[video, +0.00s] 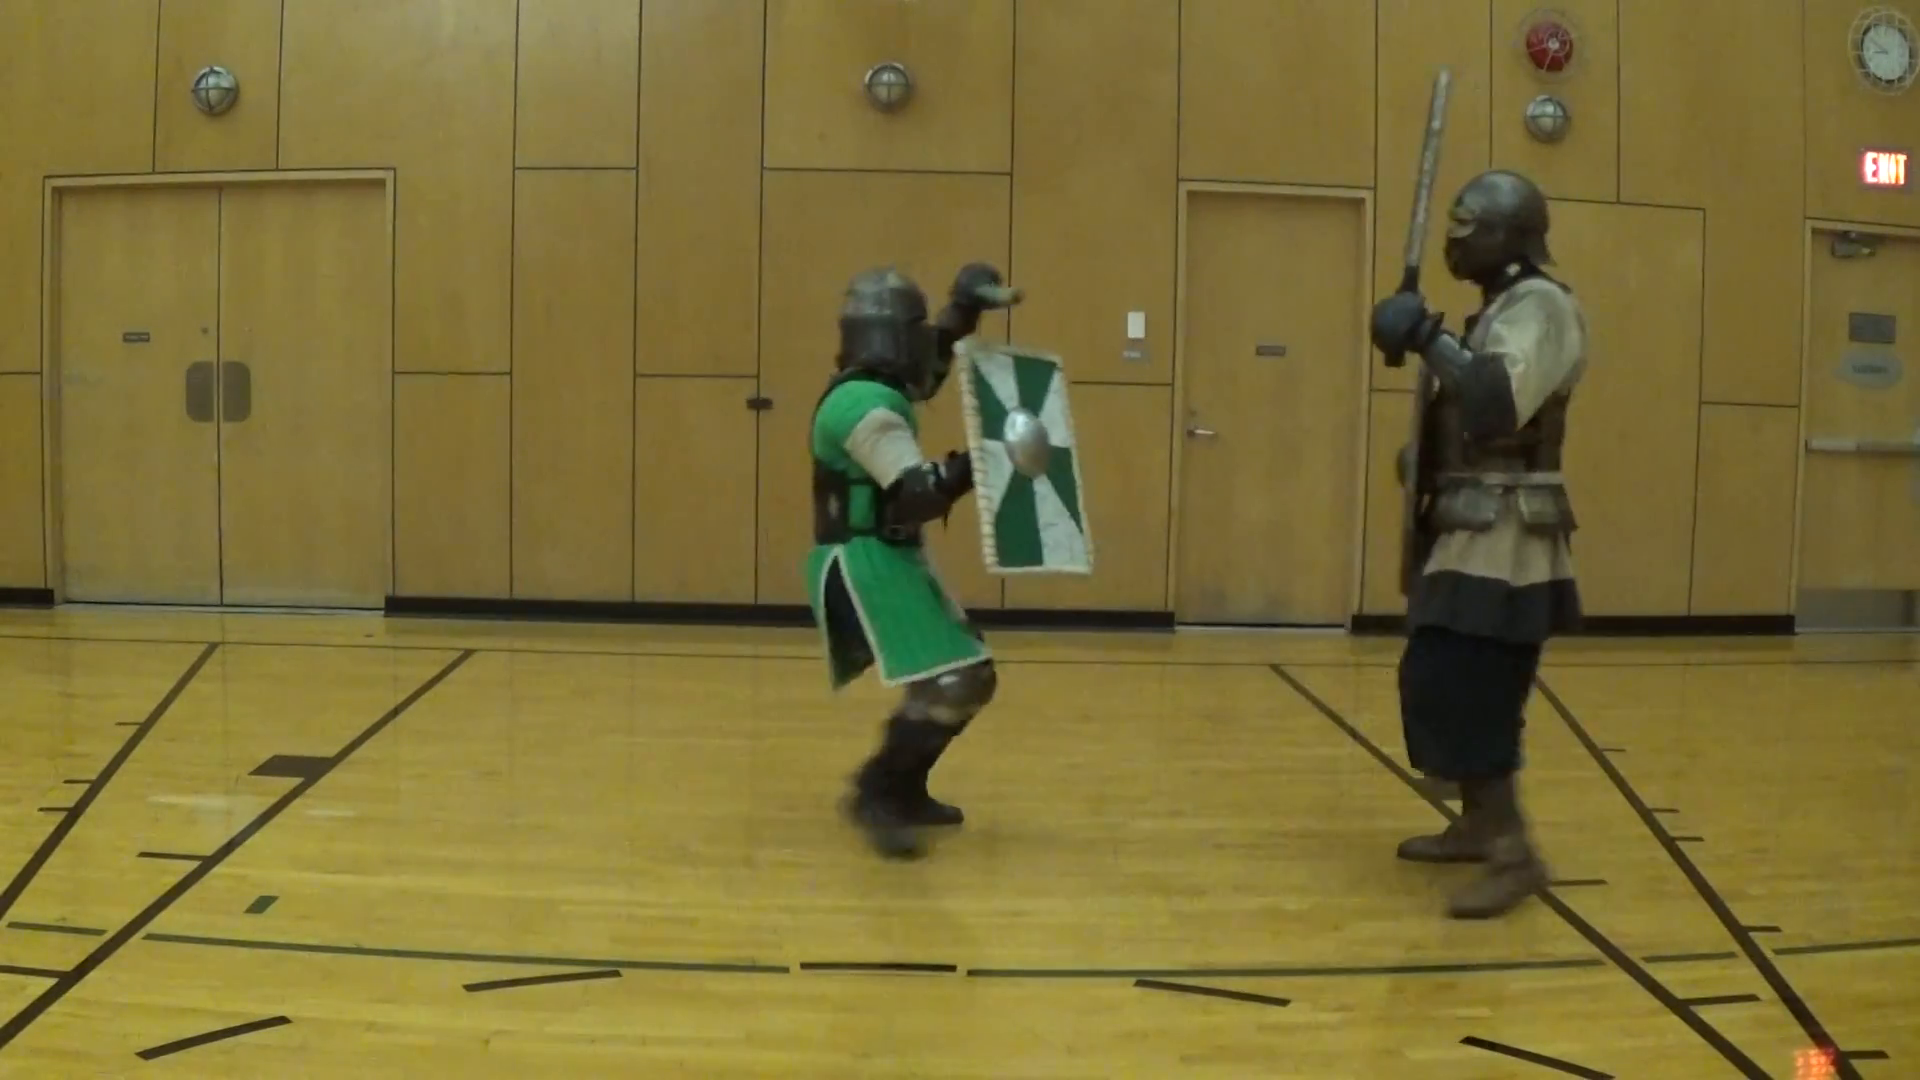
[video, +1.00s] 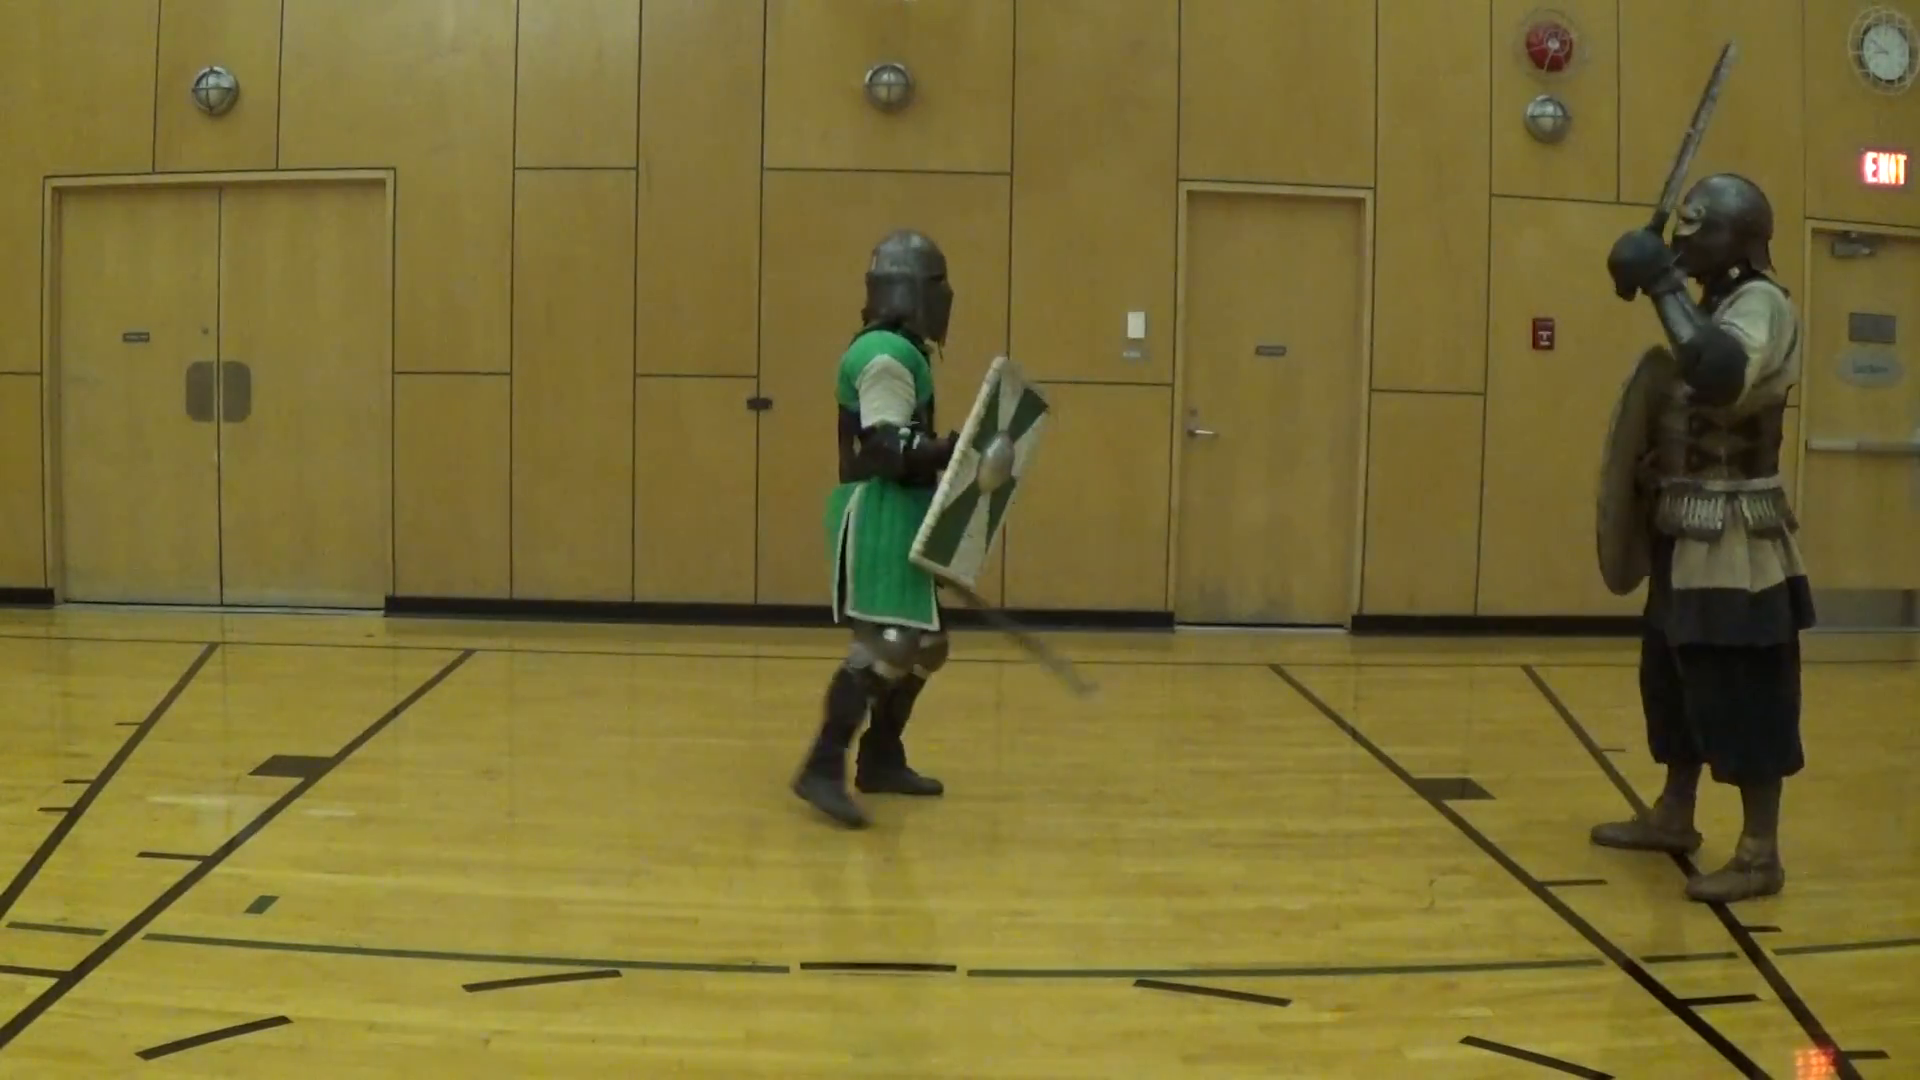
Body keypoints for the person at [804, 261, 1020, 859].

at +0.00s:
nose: (922, 344)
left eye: (919, 335)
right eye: (914, 334)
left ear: (867, 336)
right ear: (892, 337)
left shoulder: (880, 394)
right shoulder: (861, 403)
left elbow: (923, 369)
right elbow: (916, 495)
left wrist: (960, 311)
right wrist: (995, 456)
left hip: (890, 556)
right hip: (861, 561)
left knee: (969, 672)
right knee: (952, 678)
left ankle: (903, 788)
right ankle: (879, 794)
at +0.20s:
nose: (979, 336)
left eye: (976, 329)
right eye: (972, 326)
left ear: (915, 330)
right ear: (955, 331)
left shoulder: (917, 391)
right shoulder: (930, 405)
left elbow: (978, 365)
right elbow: (971, 509)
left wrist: (1017, 303)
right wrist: (1041, 459)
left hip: (925, 561)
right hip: (943, 566)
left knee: (988, 678)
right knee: (1030, 669)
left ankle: (910, 775)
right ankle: (1012, 802)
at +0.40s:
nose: (999, 325)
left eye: (995, 315)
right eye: (993, 314)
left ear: (931, 321)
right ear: (976, 323)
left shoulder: (937, 382)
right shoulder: (954, 398)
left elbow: (997, 371)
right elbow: (993, 502)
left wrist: (1040, 324)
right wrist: (1056, 463)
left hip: (944, 544)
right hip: (968, 549)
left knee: (989, 664)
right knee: (1045, 667)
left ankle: (906, 746)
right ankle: (1014, 800)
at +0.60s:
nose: (983, 317)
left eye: (980, 306)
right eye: (975, 307)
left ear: (921, 316)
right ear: (953, 314)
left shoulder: (942, 379)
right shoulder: (934, 387)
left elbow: (966, 442)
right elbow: (954, 488)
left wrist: (1025, 415)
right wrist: (1031, 463)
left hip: (944, 532)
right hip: (951, 538)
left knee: (964, 659)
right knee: (1020, 662)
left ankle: (886, 751)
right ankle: (1011, 800)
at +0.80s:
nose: (966, 313)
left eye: (963, 302)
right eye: (957, 302)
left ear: (908, 308)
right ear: (928, 308)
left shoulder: (924, 372)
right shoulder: (904, 376)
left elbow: (930, 467)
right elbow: (909, 473)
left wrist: (989, 467)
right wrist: (986, 465)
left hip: (923, 525)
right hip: (905, 527)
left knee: (938, 652)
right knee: (956, 653)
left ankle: (881, 756)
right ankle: (974, 791)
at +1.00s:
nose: (945, 297)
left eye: (943, 286)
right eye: (936, 286)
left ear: (892, 291)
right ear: (908, 292)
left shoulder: (907, 354)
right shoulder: (885, 357)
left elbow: (905, 449)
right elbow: (883, 450)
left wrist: (962, 460)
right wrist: (960, 453)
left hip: (902, 510)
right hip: (875, 511)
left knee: (925, 644)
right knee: (889, 640)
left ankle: (880, 760)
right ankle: (821, 769)